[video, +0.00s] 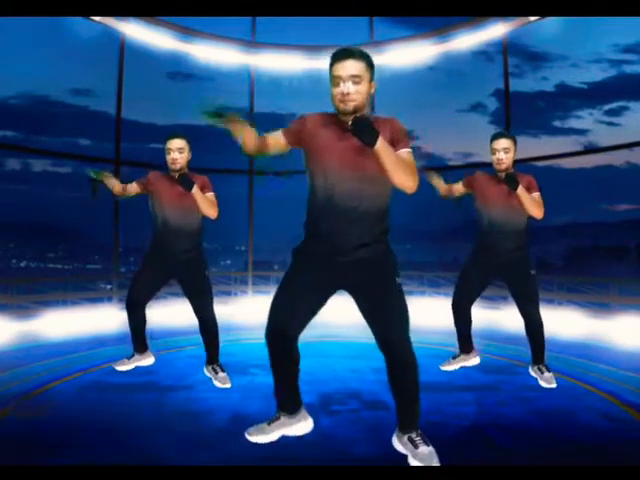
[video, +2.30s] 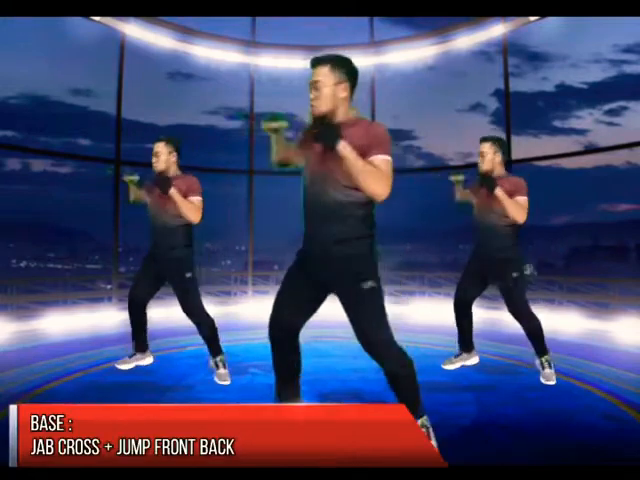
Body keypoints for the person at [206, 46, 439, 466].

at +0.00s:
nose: (345, 89)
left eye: (355, 80)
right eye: (338, 81)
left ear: (371, 85)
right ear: (330, 86)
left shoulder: (389, 130)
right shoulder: (310, 126)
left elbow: (409, 182)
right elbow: (260, 145)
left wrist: (374, 141)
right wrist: (237, 125)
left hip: (370, 258)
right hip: (317, 256)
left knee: (398, 347)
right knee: (280, 331)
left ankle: (409, 433)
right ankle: (291, 413)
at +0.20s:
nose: (315, 93)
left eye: (324, 85)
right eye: (309, 86)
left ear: (342, 91)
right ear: (303, 92)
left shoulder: (362, 134)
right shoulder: (308, 136)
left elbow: (376, 190)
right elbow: (280, 159)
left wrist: (335, 159)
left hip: (345, 259)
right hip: (310, 259)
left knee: (363, 347)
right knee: (275, 329)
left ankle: (434, 412)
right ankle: (291, 414)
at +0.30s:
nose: (296, 98)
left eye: (304, 91)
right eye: (297, 91)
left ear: (328, 94)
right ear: (323, 96)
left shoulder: (330, 131)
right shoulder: (333, 131)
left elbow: (297, 153)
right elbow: (298, 156)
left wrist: (264, 133)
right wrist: (268, 137)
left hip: (336, 262)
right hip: (319, 261)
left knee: (362, 349)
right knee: (277, 325)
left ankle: (437, 414)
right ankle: (291, 414)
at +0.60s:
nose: (292, 96)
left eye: (297, 88)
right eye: (292, 89)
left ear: (321, 87)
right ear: (312, 90)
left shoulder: (353, 122)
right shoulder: (308, 133)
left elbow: (353, 150)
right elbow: (292, 182)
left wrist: (307, 123)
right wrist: (283, 145)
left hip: (350, 253)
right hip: (312, 253)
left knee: (378, 341)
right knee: (282, 330)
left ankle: (432, 417)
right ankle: (292, 416)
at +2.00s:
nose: (333, 93)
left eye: (341, 85)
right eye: (330, 87)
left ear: (366, 88)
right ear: (327, 92)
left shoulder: (393, 129)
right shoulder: (322, 139)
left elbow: (410, 179)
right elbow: (297, 181)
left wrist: (369, 136)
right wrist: (289, 149)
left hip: (379, 258)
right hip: (327, 258)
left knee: (402, 347)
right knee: (288, 330)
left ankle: (405, 422)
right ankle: (277, 408)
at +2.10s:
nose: (333, 94)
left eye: (341, 85)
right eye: (330, 87)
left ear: (367, 88)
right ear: (328, 91)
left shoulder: (394, 132)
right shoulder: (316, 133)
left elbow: (415, 180)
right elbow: (273, 153)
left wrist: (377, 139)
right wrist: (251, 128)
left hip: (377, 261)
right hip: (324, 260)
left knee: (406, 349)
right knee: (288, 331)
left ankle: (407, 424)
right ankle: (286, 408)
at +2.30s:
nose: (312, 94)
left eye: (319, 87)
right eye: (311, 87)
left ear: (344, 90)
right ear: (317, 91)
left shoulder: (371, 132)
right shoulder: (314, 134)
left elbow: (381, 189)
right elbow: (286, 157)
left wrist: (340, 146)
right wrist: (277, 139)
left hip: (354, 261)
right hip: (313, 258)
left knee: (378, 343)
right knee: (282, 327)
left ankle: (419, 421)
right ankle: (288, 410)